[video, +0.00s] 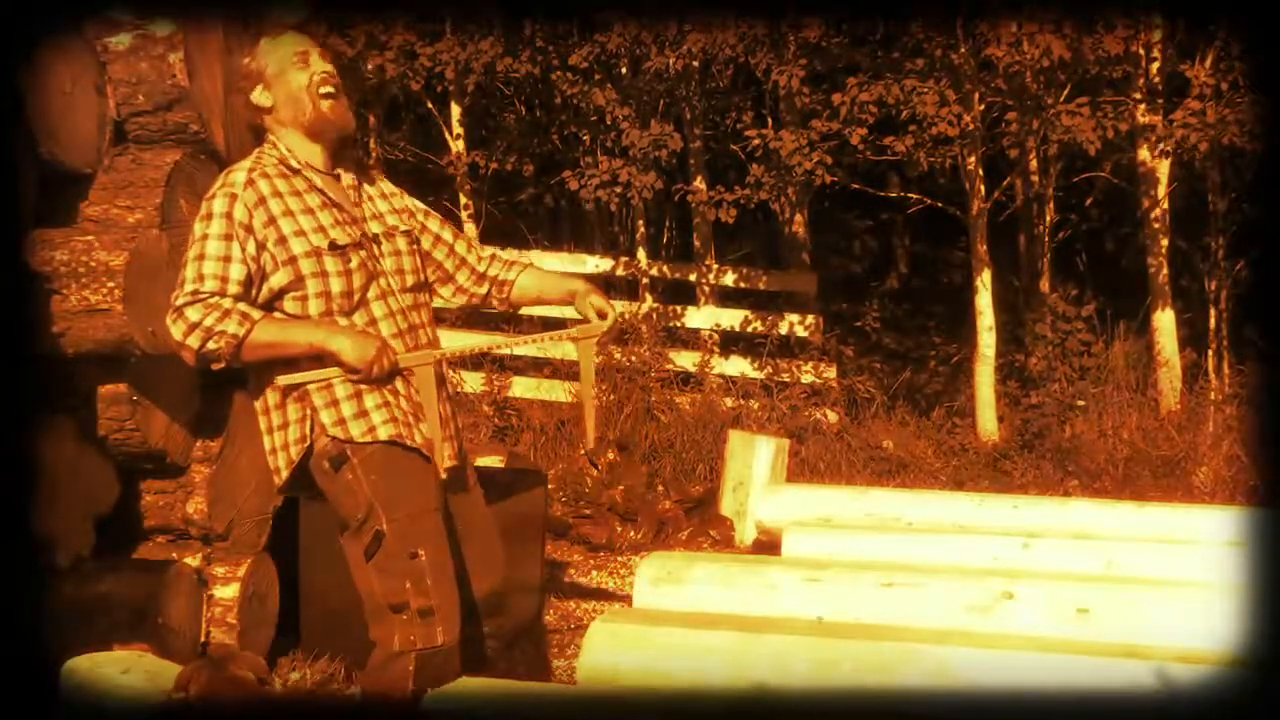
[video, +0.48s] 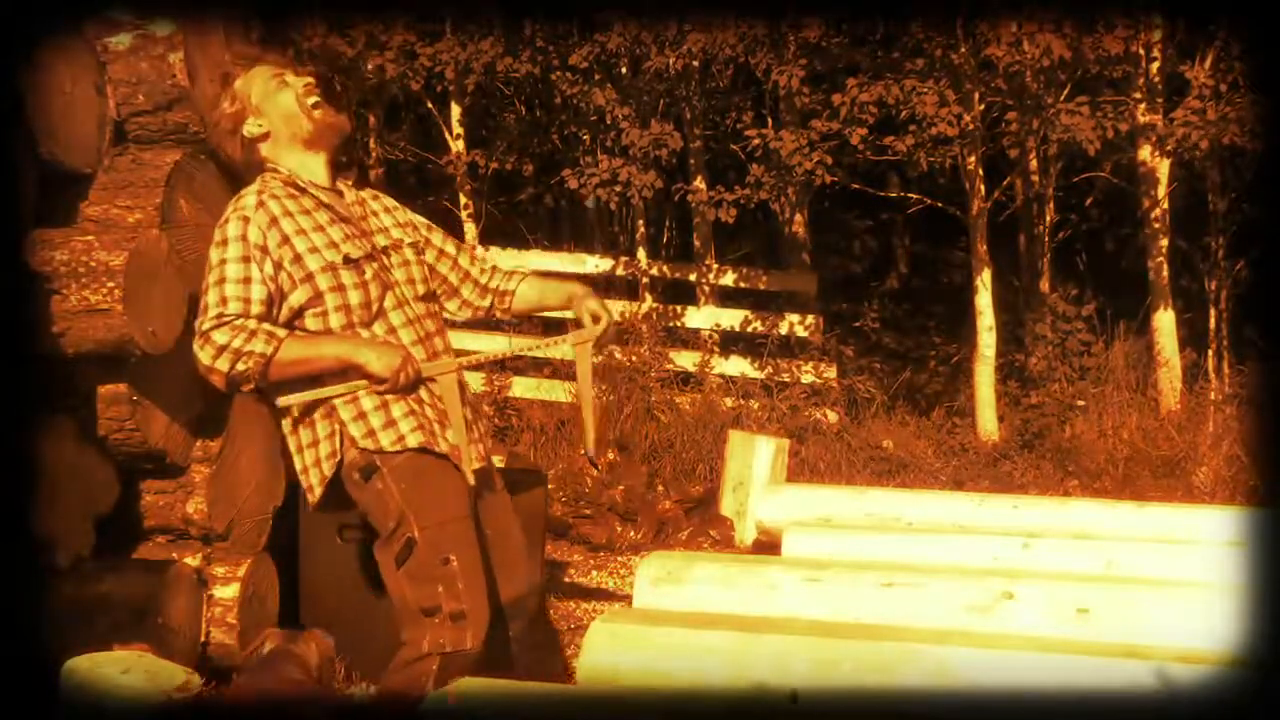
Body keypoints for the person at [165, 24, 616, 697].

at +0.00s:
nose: (327, 70)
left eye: (330, 61)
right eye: (301, 61)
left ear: (345, 88)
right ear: (261, 98)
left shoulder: (379, 193)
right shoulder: (243, 190)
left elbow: (475, 270)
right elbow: (197, 320)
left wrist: (571, 288)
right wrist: (329, 336)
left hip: (428, 420)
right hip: (346, 421)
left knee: (484, 607)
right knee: (421, 625)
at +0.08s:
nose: (324, 70)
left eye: (322, 63)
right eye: (297, 63)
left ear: (336, 94)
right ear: (259, 104)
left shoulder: (380, 199)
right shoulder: (244, 194)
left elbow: (478, 273)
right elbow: (201, 324)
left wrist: (579, 291)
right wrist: (334, 338)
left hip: (431, 421)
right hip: (348, 423)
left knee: (494, 605)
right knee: (427, 625)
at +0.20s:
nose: (315, 74)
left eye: (310, 67)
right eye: (288, 69)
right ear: (254, 114)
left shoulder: (378, 202)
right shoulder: (247, 200)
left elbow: (480, 272)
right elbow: (206, 329)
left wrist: (591, 291)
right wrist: (337, 341)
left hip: (437, 430)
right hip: (356, 432)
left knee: (507, 602)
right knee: (435, 626)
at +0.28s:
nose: (313, 79)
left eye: (310, 73)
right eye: (287, 73)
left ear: (325, 103)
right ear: (250, 113)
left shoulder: (374, 203)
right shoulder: (248, 204)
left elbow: (484, 274)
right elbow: (212, 337)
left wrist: (592, 291)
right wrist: (347, 344)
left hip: (442, 423)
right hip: (359, 429)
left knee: (509, 606)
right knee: (441, 624)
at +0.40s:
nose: (312, 82)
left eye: (311, 75)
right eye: (285, 79)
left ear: (334, 105)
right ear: (251, 122)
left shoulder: (376, 204)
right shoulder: (251, 210)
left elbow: (480, 278)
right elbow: (220, 342)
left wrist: (578, 290)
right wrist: (352, 348)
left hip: (447, 422)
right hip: (368, 427)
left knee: (518, 603)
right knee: (447, 623)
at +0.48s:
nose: (315, 85)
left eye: (313, 77)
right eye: (289, 80)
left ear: (336, 106)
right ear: (254, 123)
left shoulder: (378, 206)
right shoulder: (255, 212)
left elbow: (479, 281)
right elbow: (223, 345)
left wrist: (569, 291)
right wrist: (354, 350)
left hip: (448, 424)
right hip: (370, 429)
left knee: (519, 604)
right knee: (450, 622)